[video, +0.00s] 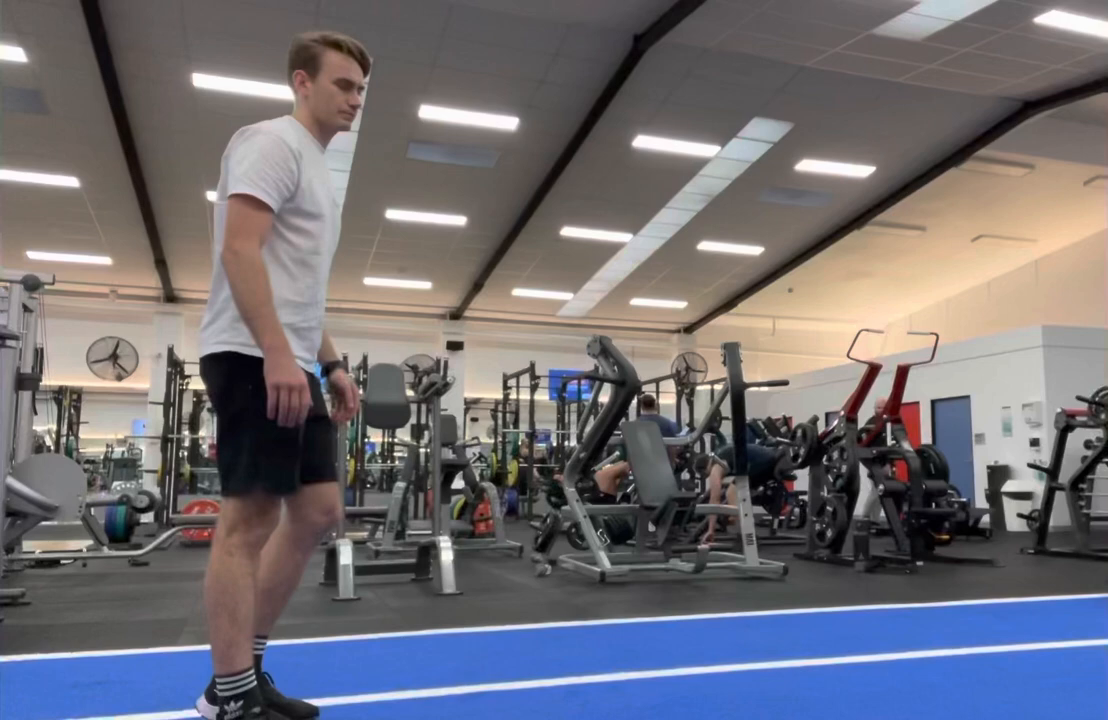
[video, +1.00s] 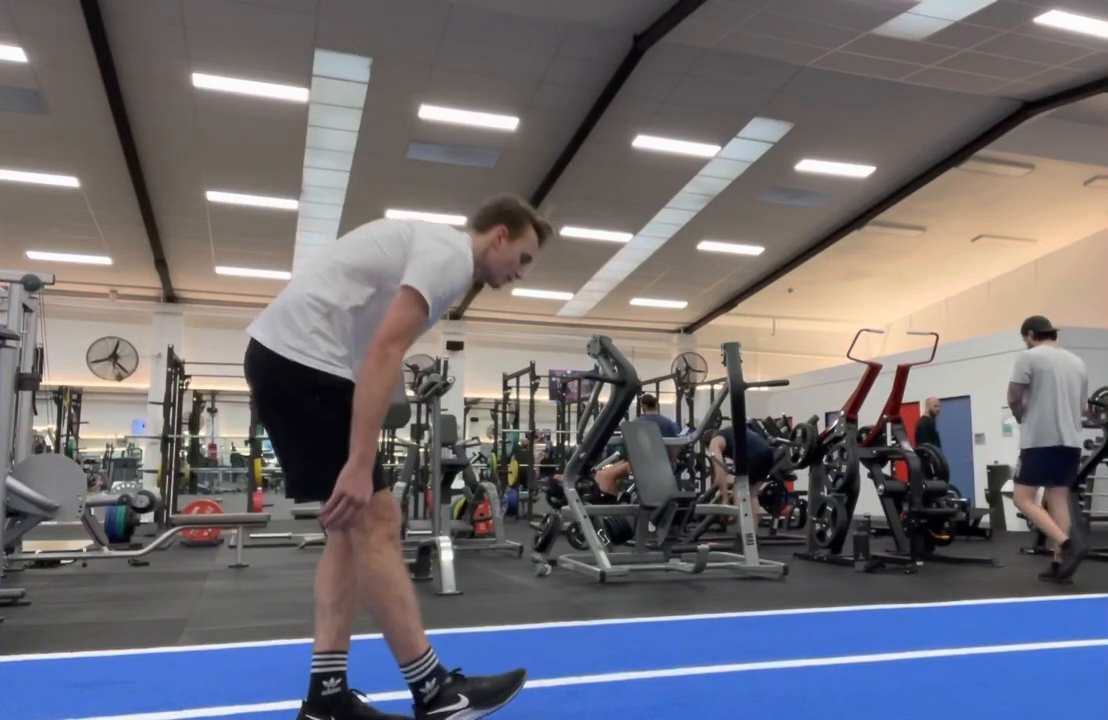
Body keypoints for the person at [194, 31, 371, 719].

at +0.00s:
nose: (354, 99)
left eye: (360, 90)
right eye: (343, 85)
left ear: (357, 96)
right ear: (302, 83)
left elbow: (301, 278)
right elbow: (239, 250)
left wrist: (329, 360)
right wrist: (277, 353)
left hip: (296, 361)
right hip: (250, 355)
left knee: (316, 512)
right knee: (247, 520)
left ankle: (243, 666)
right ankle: (230, 689)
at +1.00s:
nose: (521, 273)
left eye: (527, 265)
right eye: (524, 258)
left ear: (494, 237)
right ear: (498, 236)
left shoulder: (438, 246)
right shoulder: (450, 253)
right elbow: (386, 347)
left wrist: (361, 461)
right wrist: (359, 463)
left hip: (291, 357)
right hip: (306, 362)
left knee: (350, 522)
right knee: (378, 517)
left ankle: (326, 691)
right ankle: (432, 687)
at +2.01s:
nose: (607, 297)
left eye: (614, 289)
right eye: (611, 283)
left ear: (584, 260)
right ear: (590, 260)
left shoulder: (525, 273)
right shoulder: (546, 273)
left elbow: (478, 404)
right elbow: (505, 390)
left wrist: (542, 450)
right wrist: (561, 449)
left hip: (363, 349)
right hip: (394, 360)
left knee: (404, 519)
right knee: (451, 517)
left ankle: (337, 684)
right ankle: (453, 699)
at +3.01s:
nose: (714, 211)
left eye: (719, 201)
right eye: (717, 197)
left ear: (681, 176)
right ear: (693, 178)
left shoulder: (622, 203)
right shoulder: (665, 209)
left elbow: (566, 301)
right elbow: (618, 300)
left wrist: (545, 421)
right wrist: (622, 410)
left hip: (541, 360)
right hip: (565, 365)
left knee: (620, 502)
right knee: (610, 514)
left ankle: (563, 652)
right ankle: (608, 688)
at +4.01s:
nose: (780, 429)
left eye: (788, 424)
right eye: (788, 418)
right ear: (780, 391)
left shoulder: (693, 403)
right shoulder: (753, 382)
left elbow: (687, 510)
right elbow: (746, 515)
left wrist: (700, 605)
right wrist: (771, 623)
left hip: (564, 360)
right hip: (590, 362)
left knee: (639, 520)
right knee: (650, 517)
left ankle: (672, 672)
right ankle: (609, 690)